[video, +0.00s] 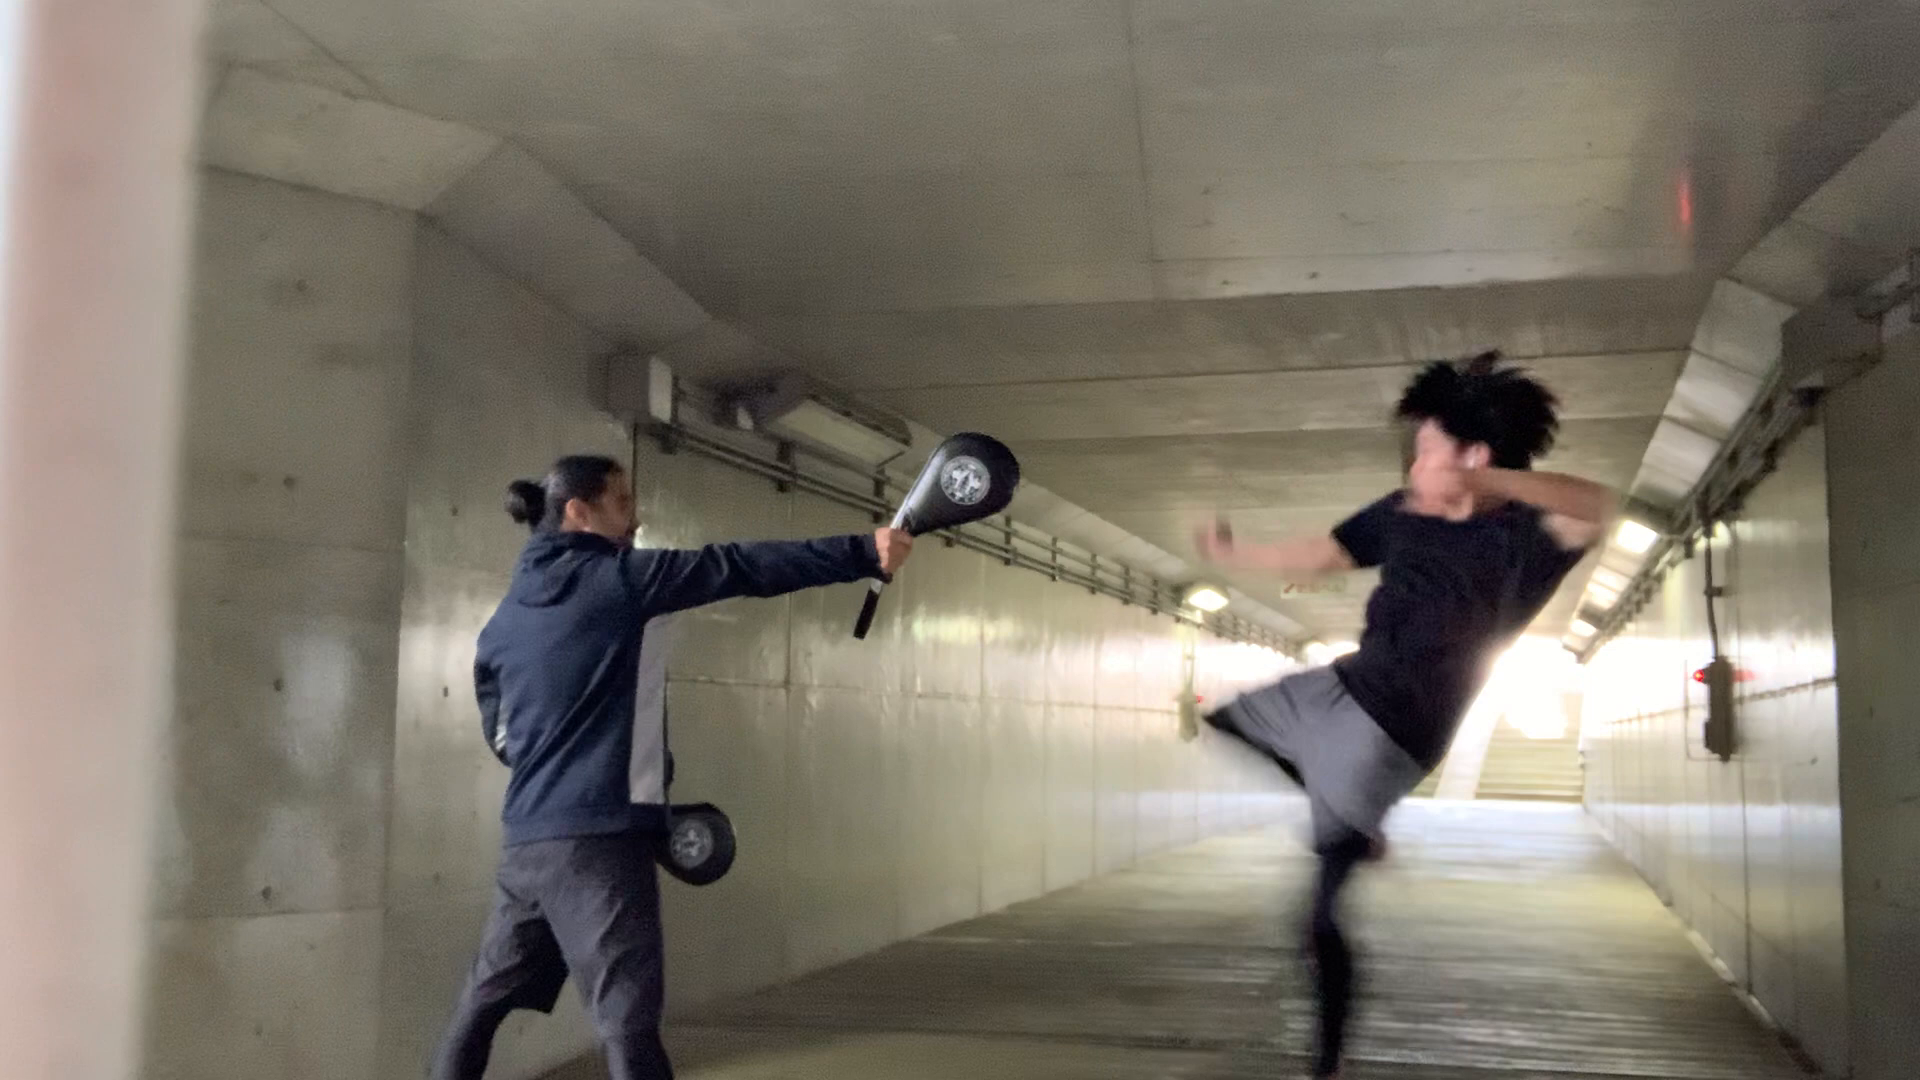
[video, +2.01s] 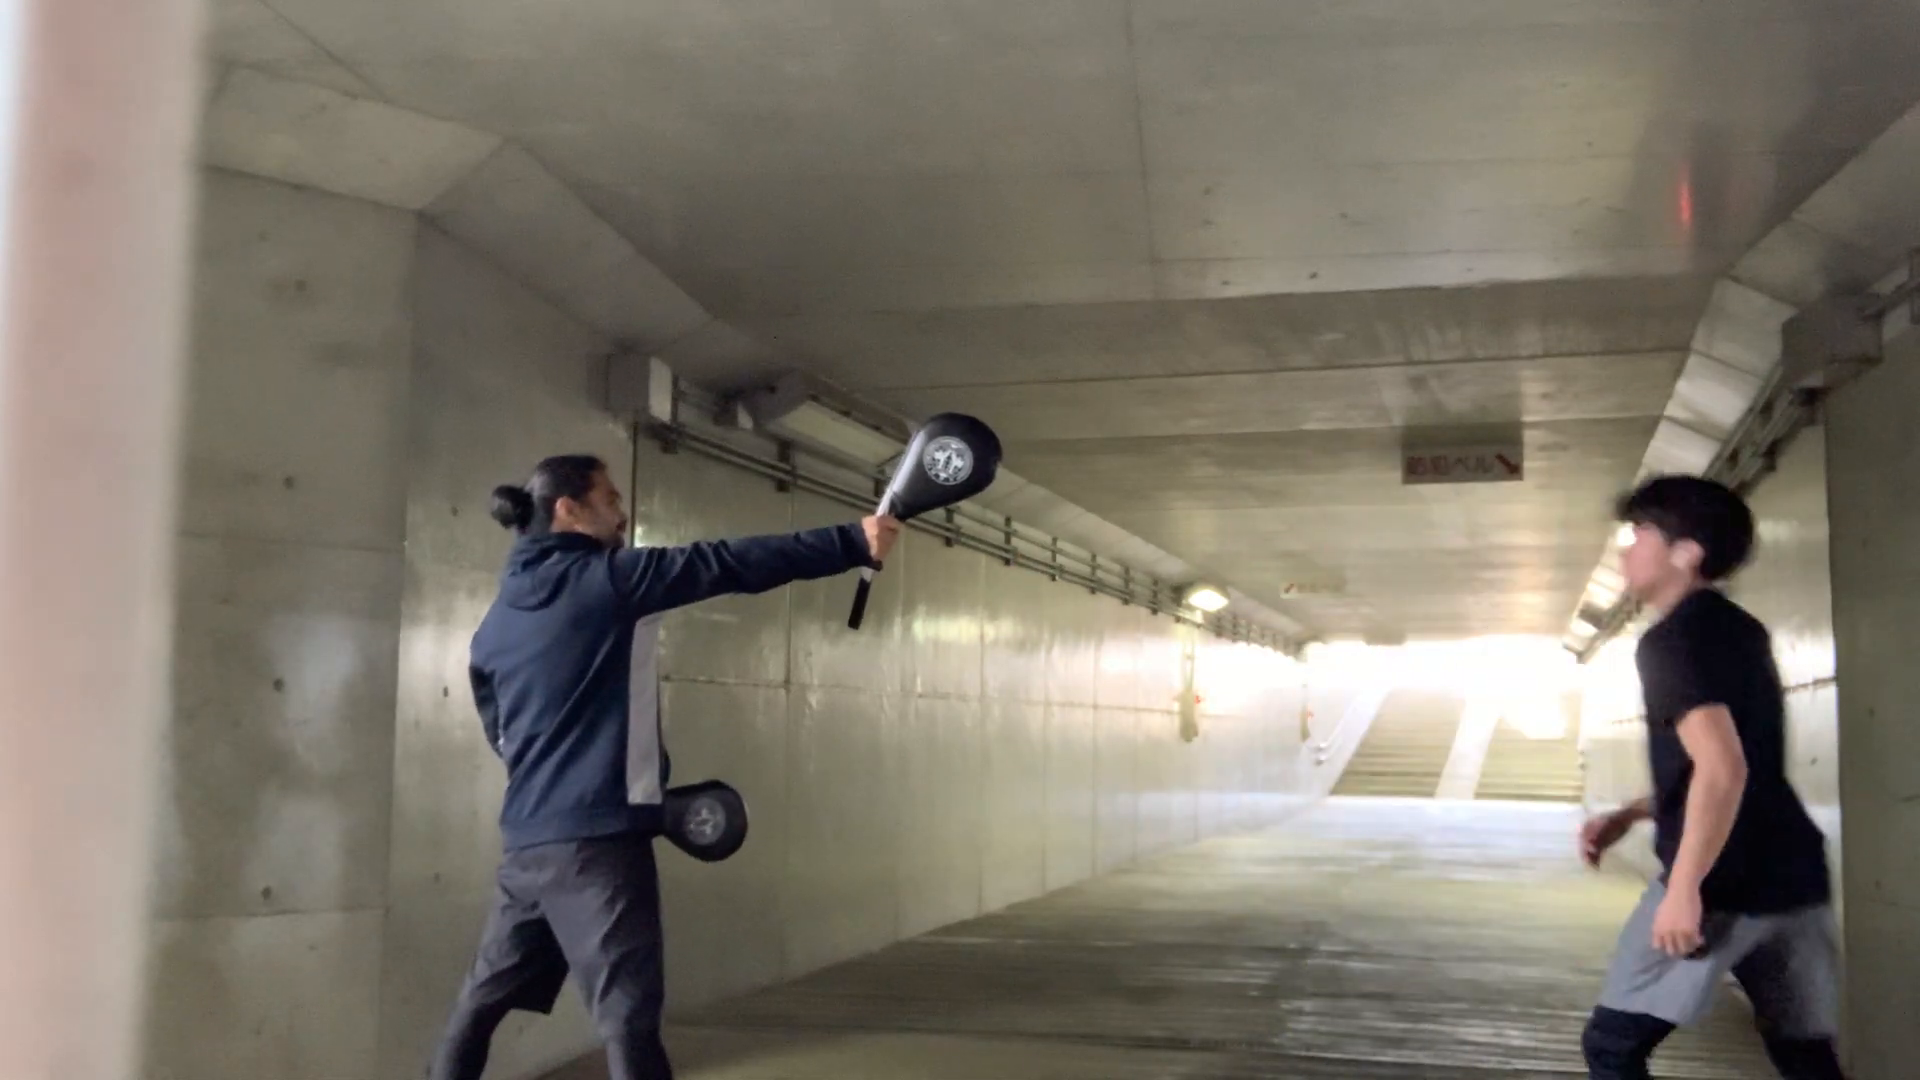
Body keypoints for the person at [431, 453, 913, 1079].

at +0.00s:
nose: (635, 515)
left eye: (632, 501)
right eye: (623, 502)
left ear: (568, 513)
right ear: (577, 509)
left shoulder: (503, 620)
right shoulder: (616, 575)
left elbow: (504, 735)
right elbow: (736, 566)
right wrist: (863, 552)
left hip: (528, 835)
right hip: (595, 832)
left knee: (480, 1005)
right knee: (627, 1024)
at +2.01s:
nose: (623, 514)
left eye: (620, 501)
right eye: (611, 501)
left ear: (556, 514)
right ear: (567, 509)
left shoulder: (493, 628)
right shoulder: (604, 577)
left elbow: (511, 740)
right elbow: (724, 563)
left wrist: (630, 790)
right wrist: (852, 540)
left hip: (529, 838)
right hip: (595, 836)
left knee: (477, 1009)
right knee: (629, 1024)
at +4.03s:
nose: (629, 516)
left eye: (625, 502)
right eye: (617, 502)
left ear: (564, 515)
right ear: (571, 512)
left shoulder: (495, 629)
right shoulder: (607, 578)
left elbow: (512, 741)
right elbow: (726, 564)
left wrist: (635, 787)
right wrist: (853, 543)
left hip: (529, 841)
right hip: (596, 838)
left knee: (478, 1006)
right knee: (629, 1026)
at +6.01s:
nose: (617, 512)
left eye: (612, 498)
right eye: (603, 499)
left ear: (548, 517)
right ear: (560, 512)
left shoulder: (488, 637)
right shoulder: (600, 578)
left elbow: (510, 749)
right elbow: (717, 567)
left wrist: (628, 793)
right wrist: (842, 536)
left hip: (527, 841)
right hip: (593, 838)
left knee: (475, 1007)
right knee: (628, 1025)